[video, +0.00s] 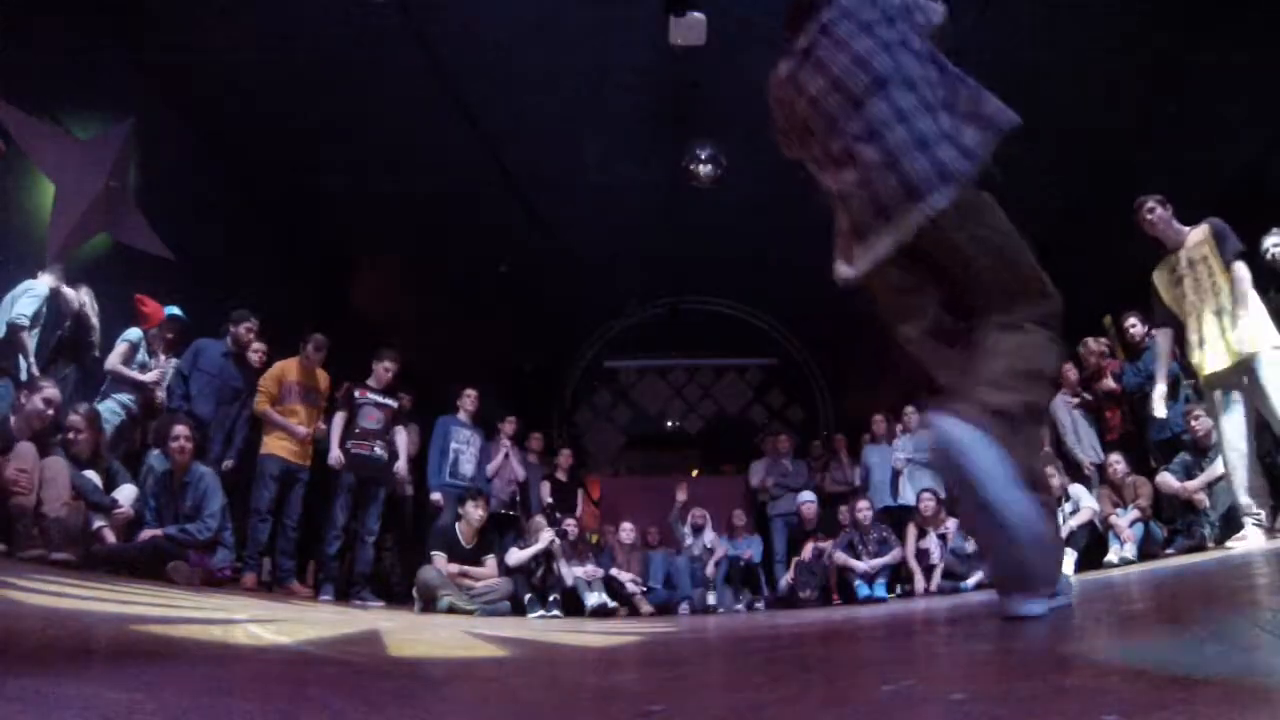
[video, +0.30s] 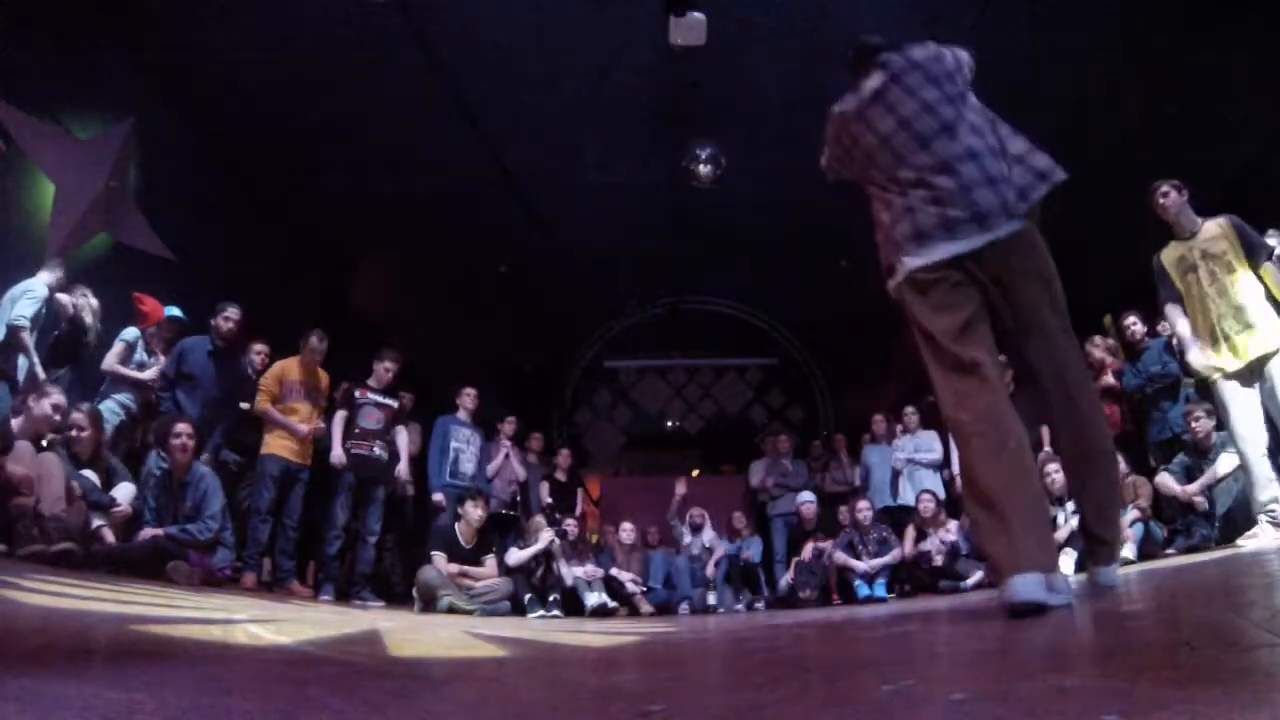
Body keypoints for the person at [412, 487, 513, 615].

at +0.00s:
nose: (481, 513)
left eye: (484, 509)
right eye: (475, 507)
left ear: (487, 512)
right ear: (461, 510)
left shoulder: (485, 536)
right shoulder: (442, 532)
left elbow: (493, 572)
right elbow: (441, 569)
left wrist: (461, 569)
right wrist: (475, 584)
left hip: (477, 589)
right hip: (447, 587)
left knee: (507, 585)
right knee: (426, 573)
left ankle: (456, 604)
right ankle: (475, 609)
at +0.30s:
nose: (480, 514)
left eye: (483, 509)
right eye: (475, 507)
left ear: (487, 512)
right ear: (460, 510)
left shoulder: (485, 536)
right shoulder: (442, 532)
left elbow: (493, 572)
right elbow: (441, 569)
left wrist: (461, 569)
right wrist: (474, 584)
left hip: (477, 589)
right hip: (448, 587)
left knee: (507, 585)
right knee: (426, 573)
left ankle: (455, 604)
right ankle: (476, 609)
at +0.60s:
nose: (481, 513)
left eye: (484, 509)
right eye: (475, 507)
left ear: (487, 512)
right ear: (460, 510)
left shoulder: (485, 537)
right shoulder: (442, 532)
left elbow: (493, 572)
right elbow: (442, 570)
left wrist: (461, 569)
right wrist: (474, 584)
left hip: (476, 589)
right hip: (447, 587)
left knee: (507, 584)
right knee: (426, 573)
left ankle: (455, 604)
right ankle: (476, 609)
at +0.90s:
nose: (483, 514)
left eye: (485, 509)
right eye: (477, 508)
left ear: (488, 512)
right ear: (461, 510)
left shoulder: (485, 538)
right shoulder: (442, 532)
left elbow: (493, 572)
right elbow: (442, 570)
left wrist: (461, 569)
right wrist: (474, 584)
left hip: (477, 589)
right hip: (447, 587)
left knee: (507, 584)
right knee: (426, 573)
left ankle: (455, 604)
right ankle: (476, 609)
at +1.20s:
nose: (484, 514)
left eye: (486, 509)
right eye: (478, 508)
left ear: (488, 511)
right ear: (462, 510)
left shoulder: (485, 537)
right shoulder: (443, 530)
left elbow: (493, 572)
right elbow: (441, 569)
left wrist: (461, 569)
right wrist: (474, 584)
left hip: (477, 589)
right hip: (447, 587)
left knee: (507, 584)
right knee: (426, 573)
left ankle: (455, 604)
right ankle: (476, 609)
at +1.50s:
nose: (485, 514)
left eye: (486, 509)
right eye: (479, 508)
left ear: (489, 511)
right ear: (463, 510)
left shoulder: (485, 538)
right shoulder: (443, 532)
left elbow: (493, 572)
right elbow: (441, 569)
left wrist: (462, 569)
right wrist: (474, 584)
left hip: (477, 590)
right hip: (448, 588)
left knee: (506, 584)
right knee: (426, 573)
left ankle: (454, 605)